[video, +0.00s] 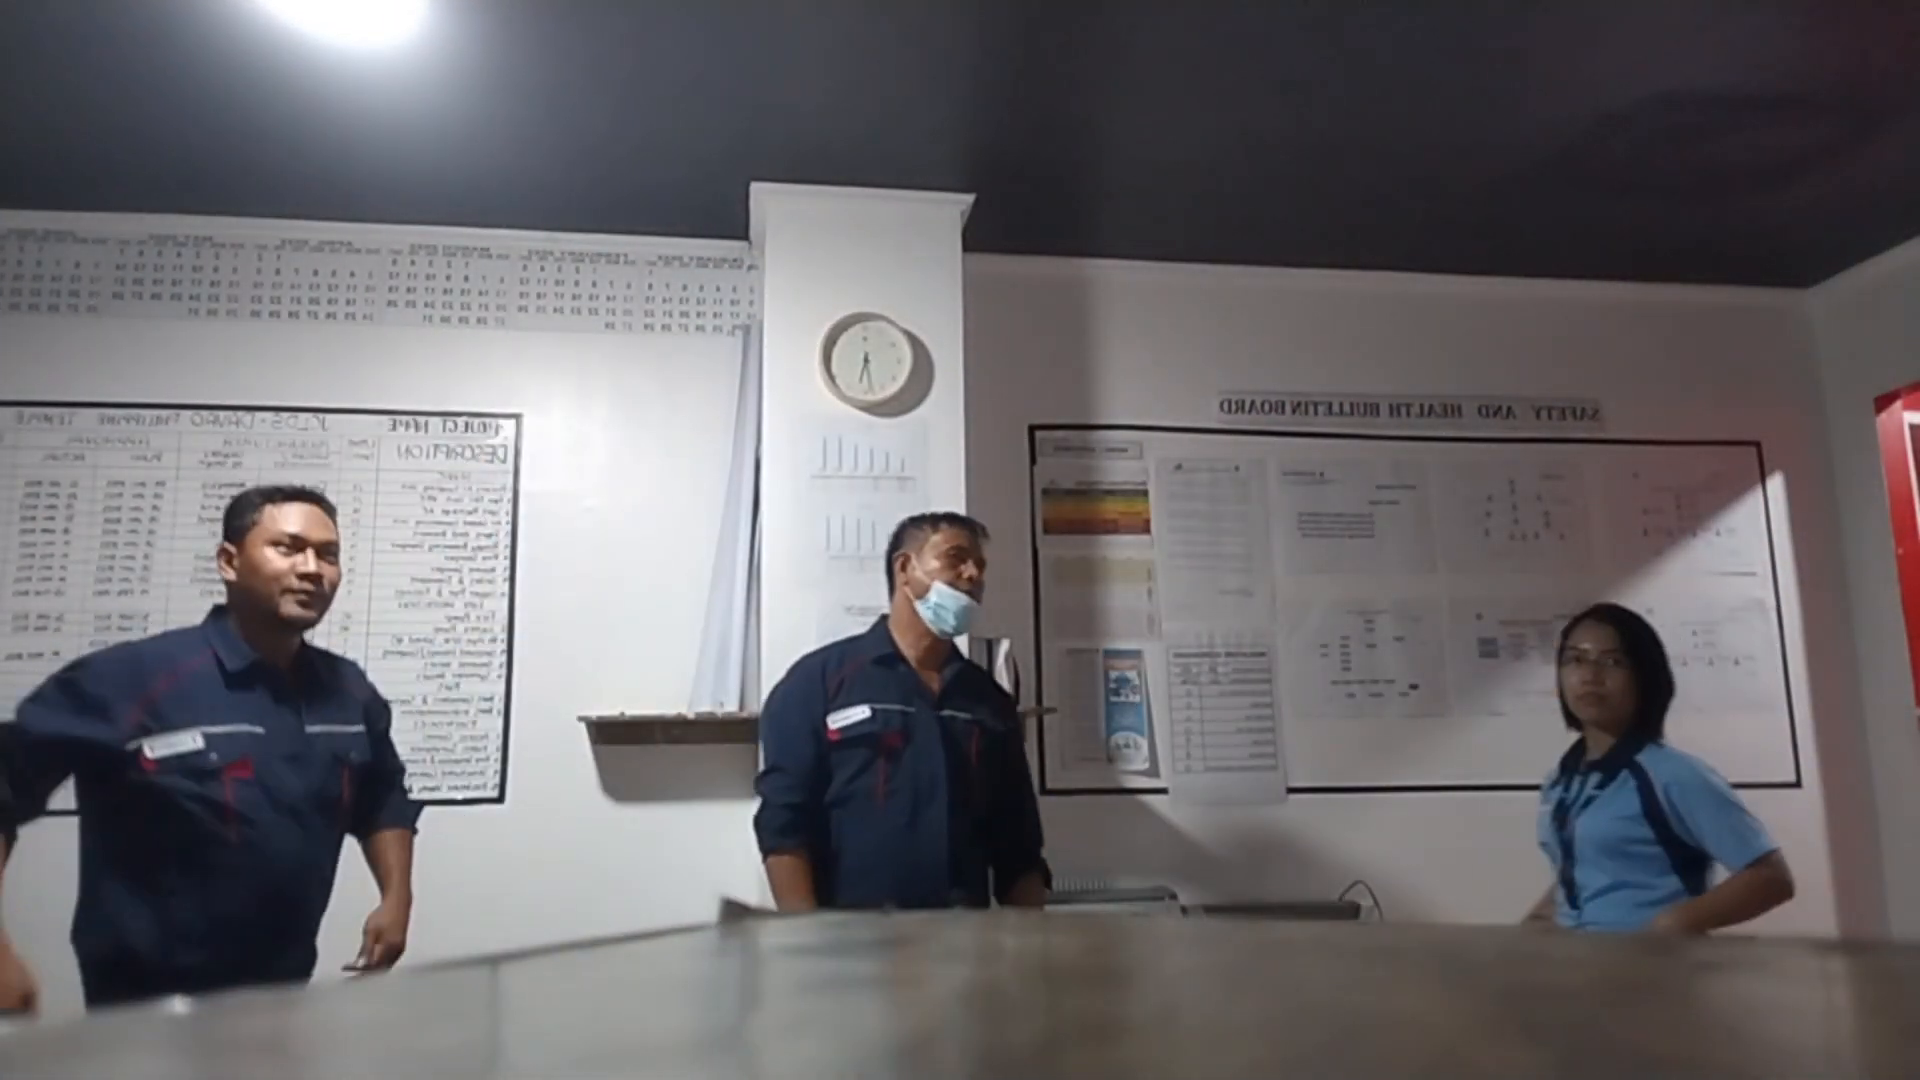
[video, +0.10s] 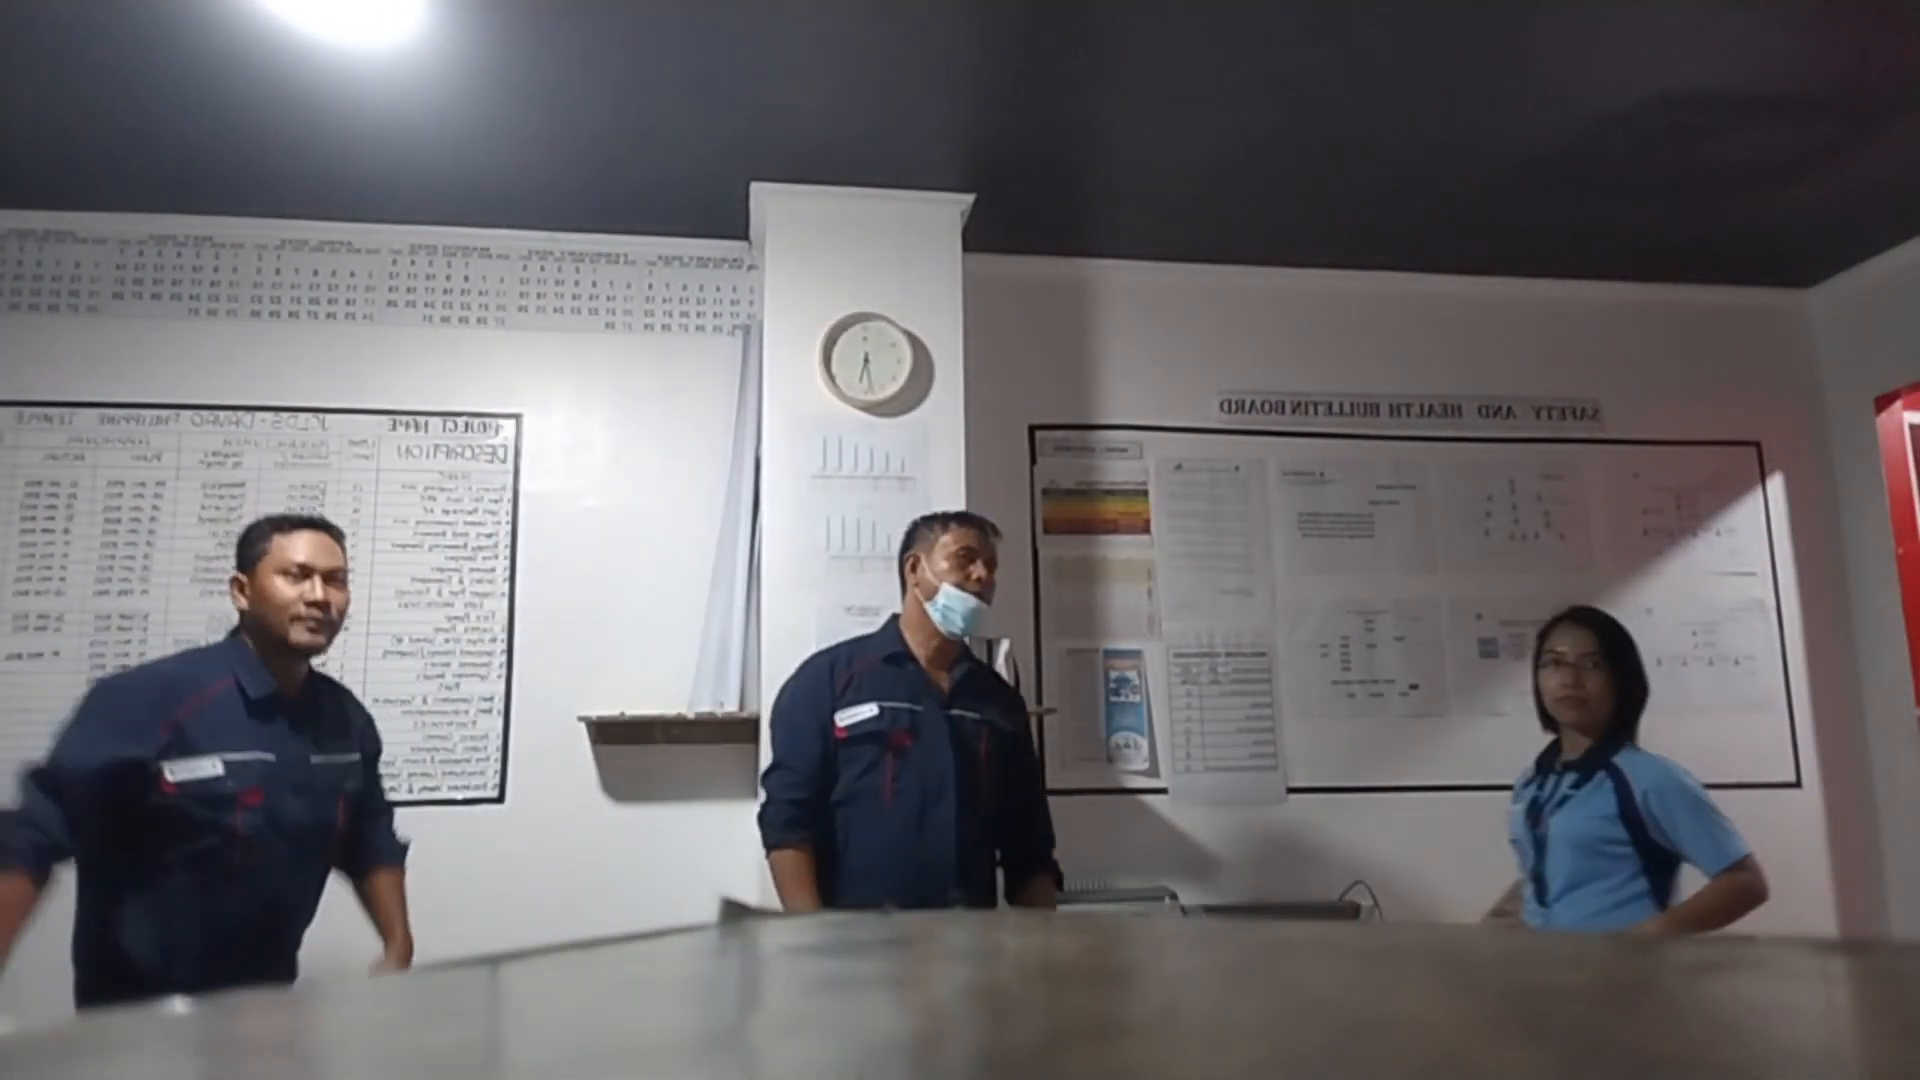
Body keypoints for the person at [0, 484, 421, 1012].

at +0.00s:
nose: (312, 568)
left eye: (327, 555)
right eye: (288, 547)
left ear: (340, 573)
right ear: (230, 561)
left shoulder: (348, 696)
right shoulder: (124, 683)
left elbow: (384, 798)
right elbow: (6, 787)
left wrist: (397, 899)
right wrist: (2, 949)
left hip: (276, 1007)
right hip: (143, 1013)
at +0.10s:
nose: (321, 595)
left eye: (335, 581)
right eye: (297, 576)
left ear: (348, 596)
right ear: (243, 591)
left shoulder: (344, 723)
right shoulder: (137, 706)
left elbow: (370, 837)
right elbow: (31, 838)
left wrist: (398, 940)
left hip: (261, 1010)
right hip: (133, 1018)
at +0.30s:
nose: (327, 593)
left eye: (342, 578)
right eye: (306, 573)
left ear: (353, 594)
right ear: (255, 584)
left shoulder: (334, 712)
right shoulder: (157, 686)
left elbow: (322, 859)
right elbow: (84, 840)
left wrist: (332, 978)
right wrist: (56, 983)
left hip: (245, 996)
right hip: (130, 996)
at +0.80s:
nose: (274, 574)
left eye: (289, 560)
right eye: (253, 557)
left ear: (304, 581)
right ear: (205, 575)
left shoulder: (312, 704)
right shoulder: (114, 676)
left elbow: (324, 824)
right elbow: (26, 815)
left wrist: (349, 926)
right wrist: (8, 955)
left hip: (243, 989)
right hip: (122, 986)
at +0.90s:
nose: (257, 582)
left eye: (270, 568)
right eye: (233, 567)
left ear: (284, 586)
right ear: (184, 586)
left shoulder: (304, 706)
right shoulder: (94, 692)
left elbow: (339, 804)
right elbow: (7, 804)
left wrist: (397, 875)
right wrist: (5, 940)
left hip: (243, 994)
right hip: (116, 998)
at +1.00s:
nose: (235, 585)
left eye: (250, 570)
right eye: (211, 569)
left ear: (265, 586)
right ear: (164, 588)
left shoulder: (290, 707)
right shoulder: (76, 698)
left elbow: (346, 798)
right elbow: (1, 799)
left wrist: (434, 847)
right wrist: (11, 880)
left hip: (233, 996)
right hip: (106, 1001)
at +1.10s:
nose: (213, 576)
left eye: (229, 561)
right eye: (189, 559)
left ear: (245, 579)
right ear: (143, 579)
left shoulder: (277, 692)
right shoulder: (65, 690)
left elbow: (338, 789)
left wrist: (437, 826)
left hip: (222, 986)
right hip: (91, 991)